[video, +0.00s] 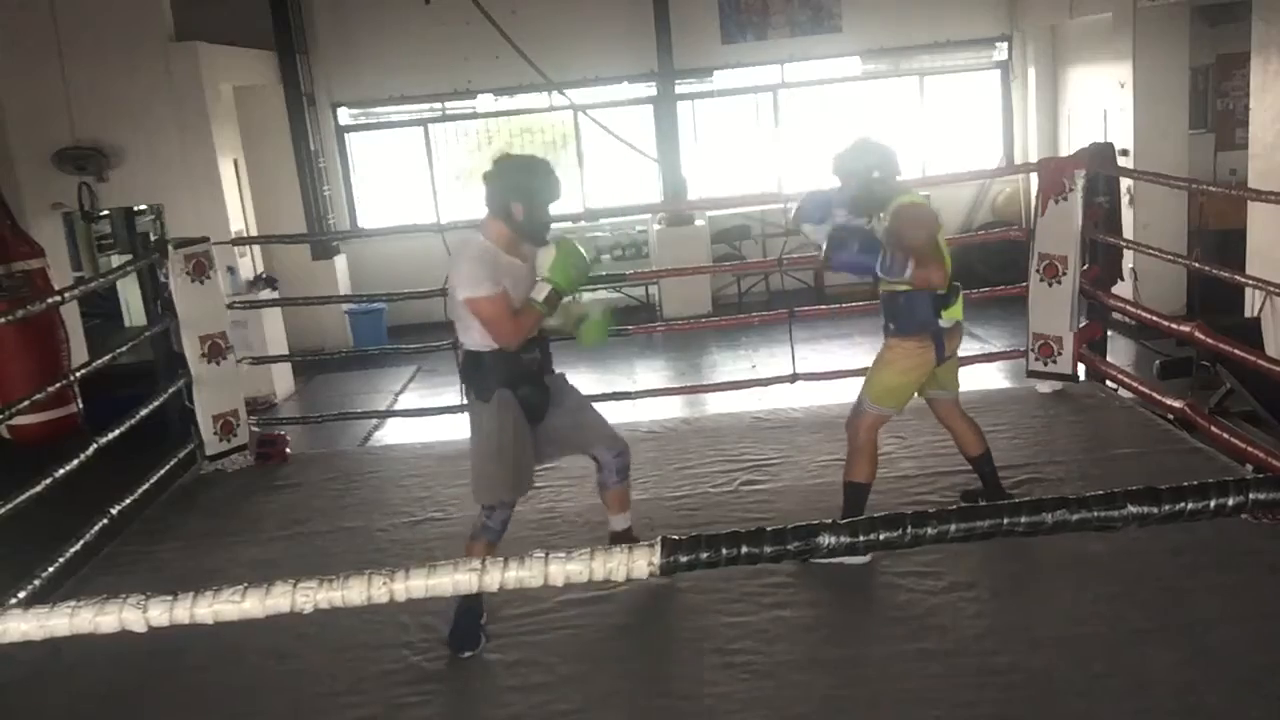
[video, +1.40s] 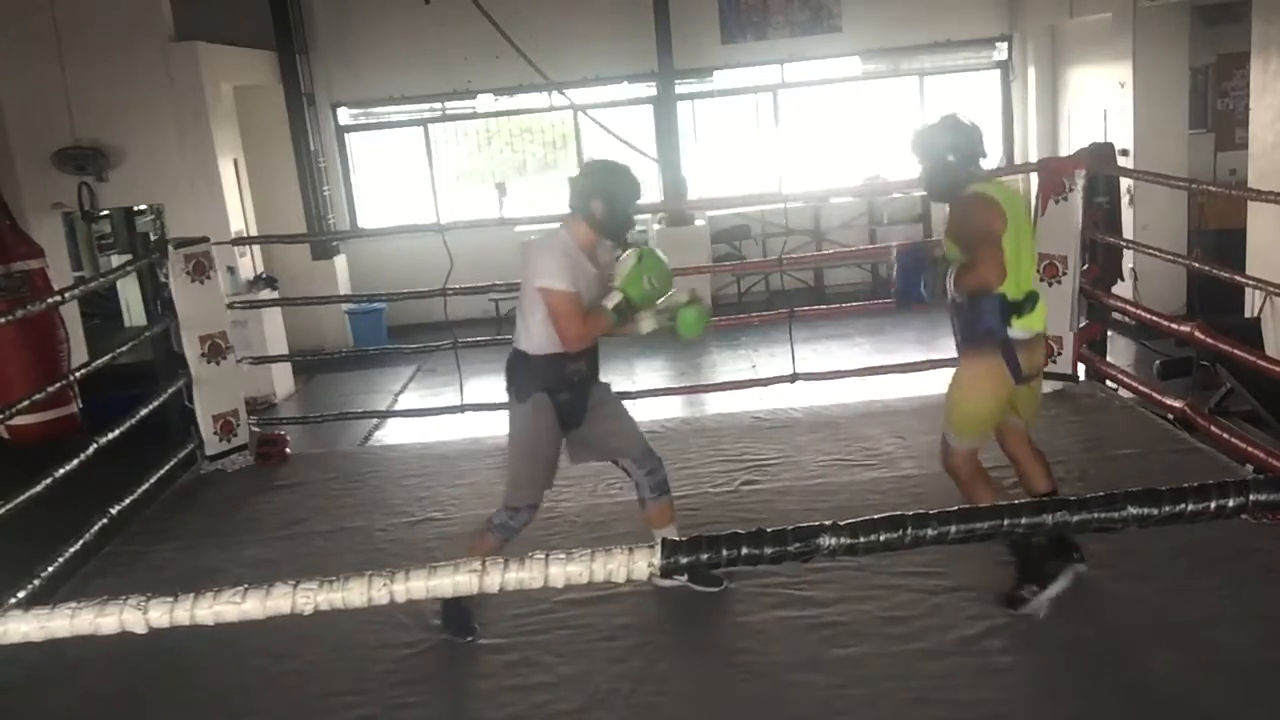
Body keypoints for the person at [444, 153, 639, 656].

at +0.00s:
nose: (549, 215)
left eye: (551, 204)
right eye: (542, 204)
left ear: (519, 204)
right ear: (512, 204)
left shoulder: (527, 252)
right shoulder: (473, 261)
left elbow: (528, 321)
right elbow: (509, 335)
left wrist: (576, 323)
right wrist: (556, 290)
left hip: (541, 383)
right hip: (496, 396)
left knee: (613, 452)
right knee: (497, 512)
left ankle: (623, 545)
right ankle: (469, 603)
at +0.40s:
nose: (601, 207)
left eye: (602, 199)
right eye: (597, 198)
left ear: (572, 197)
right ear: (575, 196)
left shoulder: (567, 245)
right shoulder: (544, 245)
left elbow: (576, 316)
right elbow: (578, 323)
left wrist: (626, 293)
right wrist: (624, 287)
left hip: (577, 381)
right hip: (541, 386)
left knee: (636, 460)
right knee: (526, 506)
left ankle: (673, 548)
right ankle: (474, 594)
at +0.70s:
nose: (559, 210)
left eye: (557, 201)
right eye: (555, 202)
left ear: (508, 206)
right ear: (541, 205)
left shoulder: (497, 258)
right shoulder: (535, 254)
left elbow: (525, 327)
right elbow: (605, 287)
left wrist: (585, 335)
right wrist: (592, 229)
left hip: (562, 386)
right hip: (550, 394)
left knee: (633, 462)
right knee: (541, 512)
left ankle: (675, 548)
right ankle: (464, 587)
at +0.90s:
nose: (542, 227)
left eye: (541, 218)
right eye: (535, 219)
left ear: (497, 218)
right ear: (512, 219)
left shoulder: (501, 268)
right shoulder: (487, 273)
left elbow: (536, 323)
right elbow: (554, 321)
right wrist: (563, 266)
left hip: (536, 389)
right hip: (507, 398)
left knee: (609, 471)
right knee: (508, 520)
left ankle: (664, 547)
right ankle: (454, 597)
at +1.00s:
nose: (535, 222)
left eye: (535, 212)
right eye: (529, 212)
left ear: (504, 212)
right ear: (502, 211)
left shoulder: (511, 260)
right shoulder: (472, 272)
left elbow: (519, 325)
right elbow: (517, 341)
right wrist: (548, 287)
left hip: (535, 386)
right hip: (499, 398)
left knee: (603, 466)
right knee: (499, 516)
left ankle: (657, 548)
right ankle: (446, 589)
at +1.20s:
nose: (573, 209)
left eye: (573, 197)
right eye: (566, 199)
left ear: (535, 202)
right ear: (538, 202)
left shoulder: (549, 254)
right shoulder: (494, 262)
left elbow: (548, 321)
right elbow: (521, 339)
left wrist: (586, 330)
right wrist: (571, 306)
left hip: (546, 385)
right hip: (503, 393)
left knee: (601, 471)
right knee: (494, 503)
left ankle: (655, 556)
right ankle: (449, 595)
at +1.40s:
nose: (630, 218)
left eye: (632, 209)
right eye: (626, 208)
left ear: (596, 207)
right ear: (597, 205)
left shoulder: (604, 256)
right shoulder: (549, 254)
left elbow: (607, 322)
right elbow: (572, 335)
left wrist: (660, 318)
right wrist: (626, 303)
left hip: (582, 381)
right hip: (536, 386)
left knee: (648, 468)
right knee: (521, 506)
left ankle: (675, 563)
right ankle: (458, 588)